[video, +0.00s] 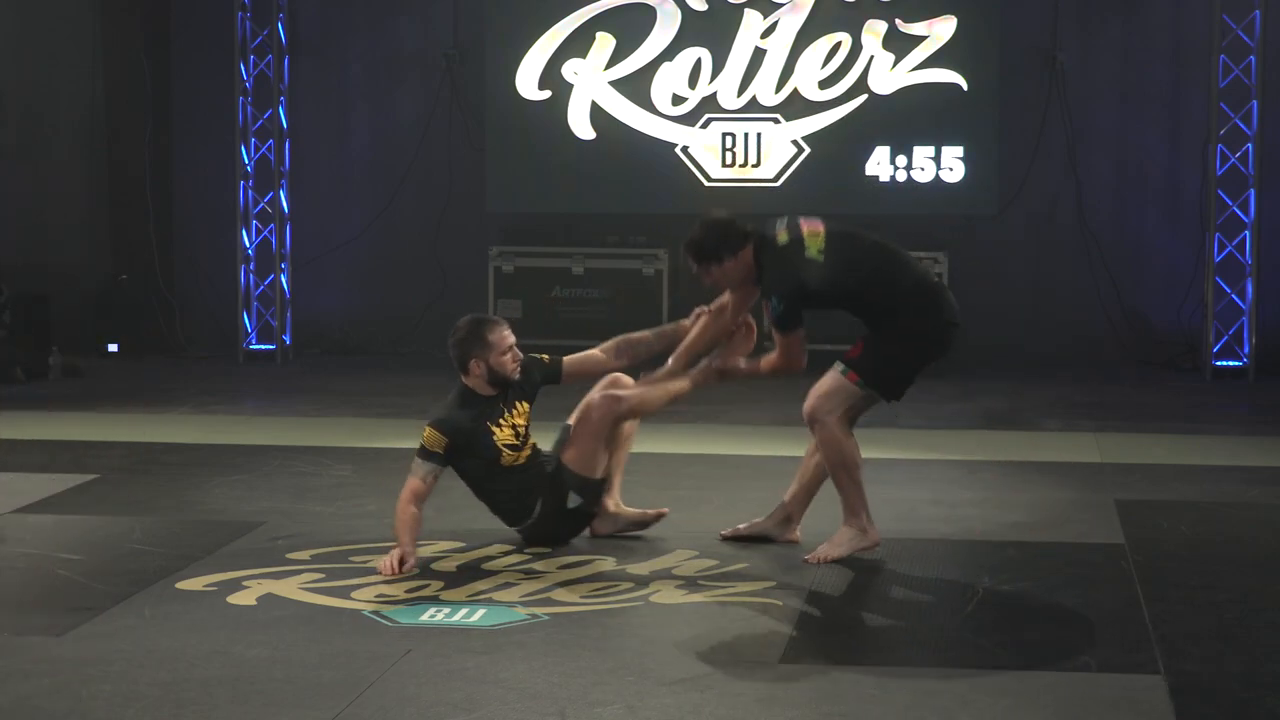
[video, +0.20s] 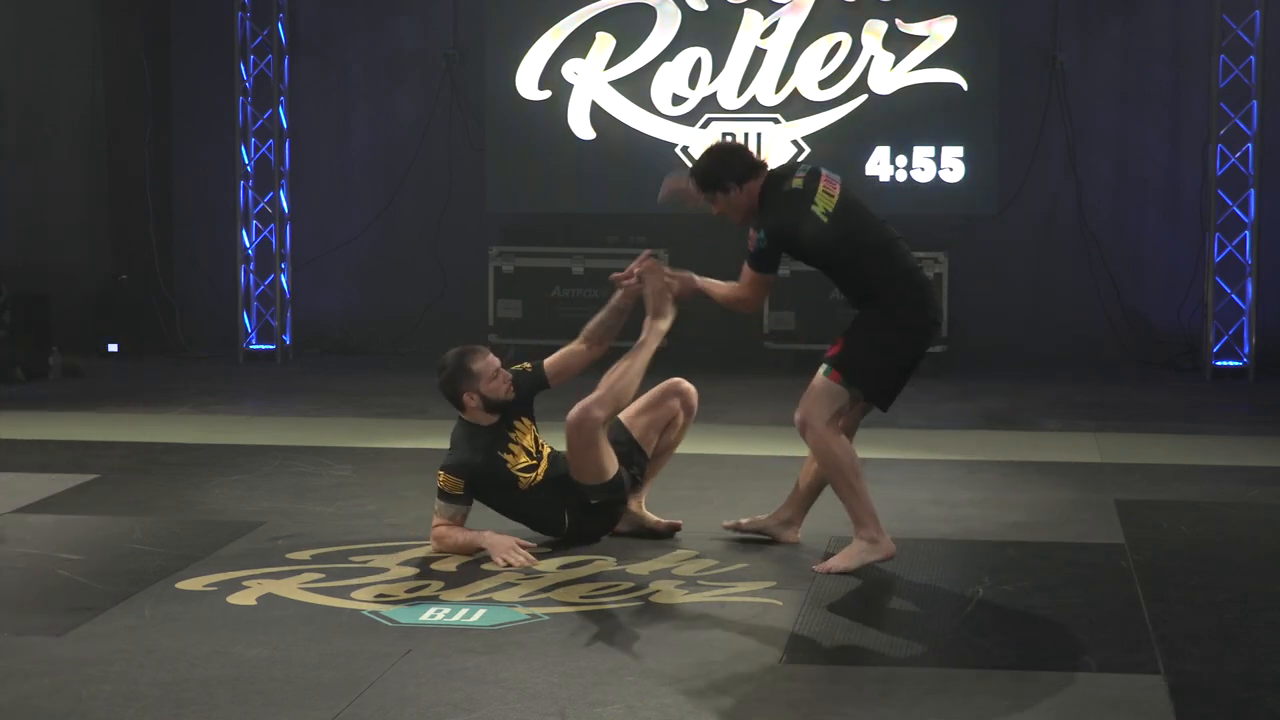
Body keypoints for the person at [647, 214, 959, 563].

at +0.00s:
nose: (709, 283)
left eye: (708, 272)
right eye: (704, 274)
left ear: (732, 259)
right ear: (735, 250)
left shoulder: (780, 279)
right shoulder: (770, 241)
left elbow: (791, 361)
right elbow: (726, 312)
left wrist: (743, 366)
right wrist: (670, 369)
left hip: (916, 317)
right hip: (916, 308)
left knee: (822, 409)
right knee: (834, 418)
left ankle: (859, 526)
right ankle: (785, 519)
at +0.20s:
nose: (717, 211)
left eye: (716, 201)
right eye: (710, 203)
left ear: (740, 186)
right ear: (751, 172)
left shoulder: (770, 221)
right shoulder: (799, 174)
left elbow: (748, 297)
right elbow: (749, 185)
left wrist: (696, 283)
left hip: (891, 308)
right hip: (915, 301)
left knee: (812, 418)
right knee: (841, 423)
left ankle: (873, 537)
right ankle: (787, 520)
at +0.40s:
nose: (729, 170)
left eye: (727, 159)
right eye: (724, 161)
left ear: (746, 146)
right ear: (767, 131)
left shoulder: (787, 181)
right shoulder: (821, 147)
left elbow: (743, 270)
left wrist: (666, 276)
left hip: (900, 288)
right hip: (919, 278)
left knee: (834, 415)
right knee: (851, 402)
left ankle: (874, 541)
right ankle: (867, 519)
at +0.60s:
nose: (741, 159)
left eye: (739, 147)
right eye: (736, 150)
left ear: (762, 134)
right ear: (772, 130)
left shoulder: (805, 164)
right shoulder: (833, 143)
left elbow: (839, 254)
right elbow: (893, 206)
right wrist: (884, 275)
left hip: (906, 289)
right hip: (942, 284)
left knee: (850, 412)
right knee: (928, 418)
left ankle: (874, 539)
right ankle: (978, 541)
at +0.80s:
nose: (745, 176)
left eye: (744, 164)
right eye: (740, 166)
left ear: (765, 151)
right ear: (773, 147)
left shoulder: (811, 178)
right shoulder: (830, 161)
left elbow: (874, 251)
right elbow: (863, 260)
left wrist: (922, 324)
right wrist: (855, 349)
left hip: (916, 294)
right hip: (953, 288)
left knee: (846, 409)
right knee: (951, 426)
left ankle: (843, 548)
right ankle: (981, 548)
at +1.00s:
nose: (717, 191)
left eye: (713, 180)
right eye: (712, 183)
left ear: (731, 166)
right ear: (751, 152)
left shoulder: (781, 188)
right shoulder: (806, 168)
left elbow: (835, 273)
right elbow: (833, 272)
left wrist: (858, 356)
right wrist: (811, 348)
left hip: (891, 294)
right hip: (932, 286)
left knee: (852, 417)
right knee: (923, 421)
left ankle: (847, 560)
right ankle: (975, 544)